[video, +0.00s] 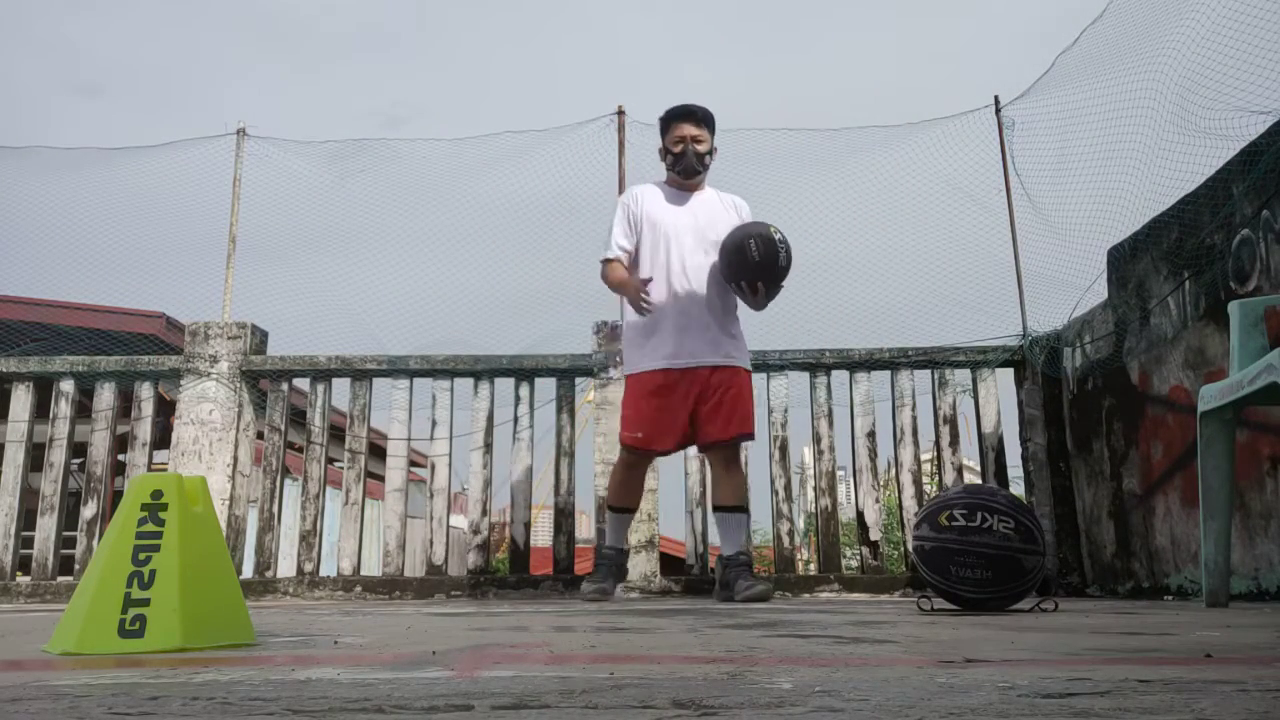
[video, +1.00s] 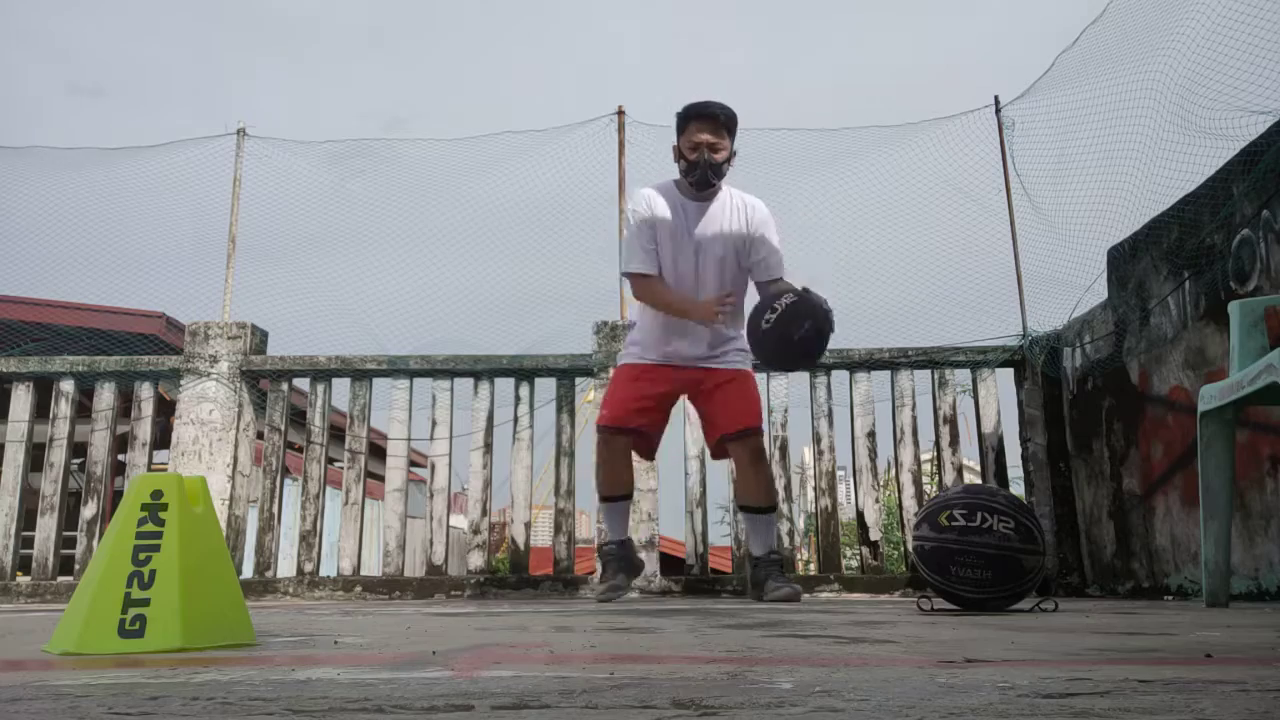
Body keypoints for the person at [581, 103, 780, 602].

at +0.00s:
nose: (688, 148)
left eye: (697, 140)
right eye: (678, 142)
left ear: (712, 148)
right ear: (664, 150)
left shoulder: (735, 208)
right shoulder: (638, 200)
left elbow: (753, 290)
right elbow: (612, 267)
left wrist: (758, 293)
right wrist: (629, 285)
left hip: (720, 353)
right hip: (654, 355)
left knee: (727, 454)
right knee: (633, 455)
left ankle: (735, 570)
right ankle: (609, 564)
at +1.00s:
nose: (705, 154)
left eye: (715, 146)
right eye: (695, 145)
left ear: (731, 152)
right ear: (678, 149)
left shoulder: (751, 213)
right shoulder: (649, 204)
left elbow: (775, 287)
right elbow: (641, 284)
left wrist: (797, 308)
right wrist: (697, 309)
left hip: (725, 358)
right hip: (651, 356)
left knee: (750, 442)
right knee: (612, 431)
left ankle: (766, 566)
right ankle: (619, 557)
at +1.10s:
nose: (702, 162)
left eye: (712, 154)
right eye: (692, 153)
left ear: (728, 161)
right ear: (675, 157)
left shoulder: (747, 221)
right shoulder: (647, 212)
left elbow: (751, 300)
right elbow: (651, 293)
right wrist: (686, 352)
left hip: (722, 358)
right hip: (651, 353)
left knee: (749, 450)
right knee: (597, 432)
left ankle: (766, 566)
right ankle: (585, 555)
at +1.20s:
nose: (688, 166)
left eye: (699, 158)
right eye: (678, 157)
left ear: (715, 166)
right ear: (661, 162)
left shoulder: (732, 226)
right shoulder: (632, 220)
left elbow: (729, 311)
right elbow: (630, 305)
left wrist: (708, 376)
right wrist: (639, 378)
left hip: (711, 369)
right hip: (641, 371)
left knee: (747, 451)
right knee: (586, 454)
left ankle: (766, 567)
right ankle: (556, 567)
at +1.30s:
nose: (661, 174)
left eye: (673, 164)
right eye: (651, 164)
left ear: (691, 171)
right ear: (637, 169)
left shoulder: (712, 230)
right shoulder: (608, 232)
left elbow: (719, 315)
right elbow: (590, 310)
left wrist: (695, 376)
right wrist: (569, 379)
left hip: (700, 371)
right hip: (625, 372)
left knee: (735, 452)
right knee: (574, 443)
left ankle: (765, 568)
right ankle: (557, 568)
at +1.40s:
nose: (639, 173)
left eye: (651, 164)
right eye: (629, 162)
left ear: (668, 170)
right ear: (613, 167)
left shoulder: (695, 228)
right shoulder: (592, 228)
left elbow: (722, 308)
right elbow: (566, 300)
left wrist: (705, 368)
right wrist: (524, 336)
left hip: (687, 372)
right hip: (613, 373)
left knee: (724, 455)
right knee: (564, 446)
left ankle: (763, 568)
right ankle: (556, 569)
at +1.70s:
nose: (644, 171)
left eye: (656, 161)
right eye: (634, 159)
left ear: (675, 168)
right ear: (618, 162)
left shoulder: (700, 230)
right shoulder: (588, 228)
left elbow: (727, 308)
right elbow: (569, 308)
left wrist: (744, 375)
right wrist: (560, 360)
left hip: (682, 358)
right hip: (605, 365)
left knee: (715, 427)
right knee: (557, 451)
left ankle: (761, 555)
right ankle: (556, 567)